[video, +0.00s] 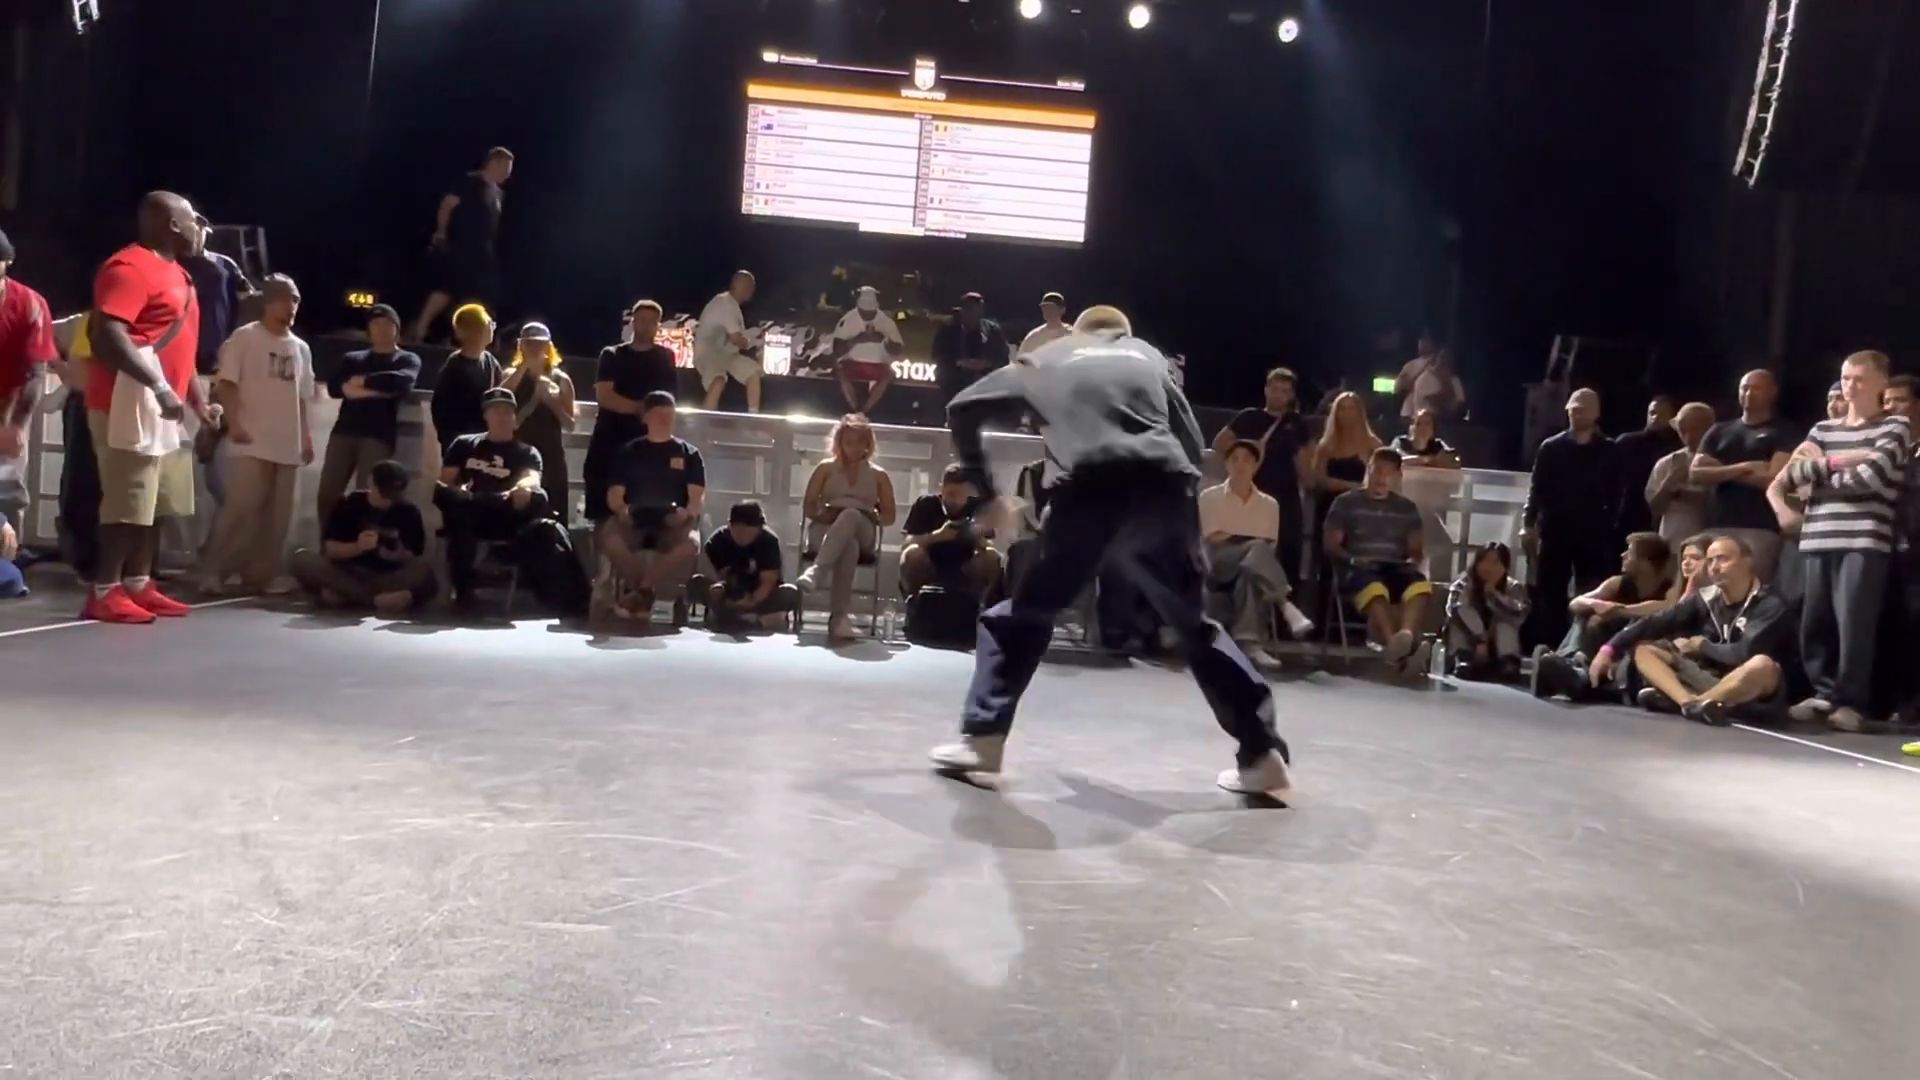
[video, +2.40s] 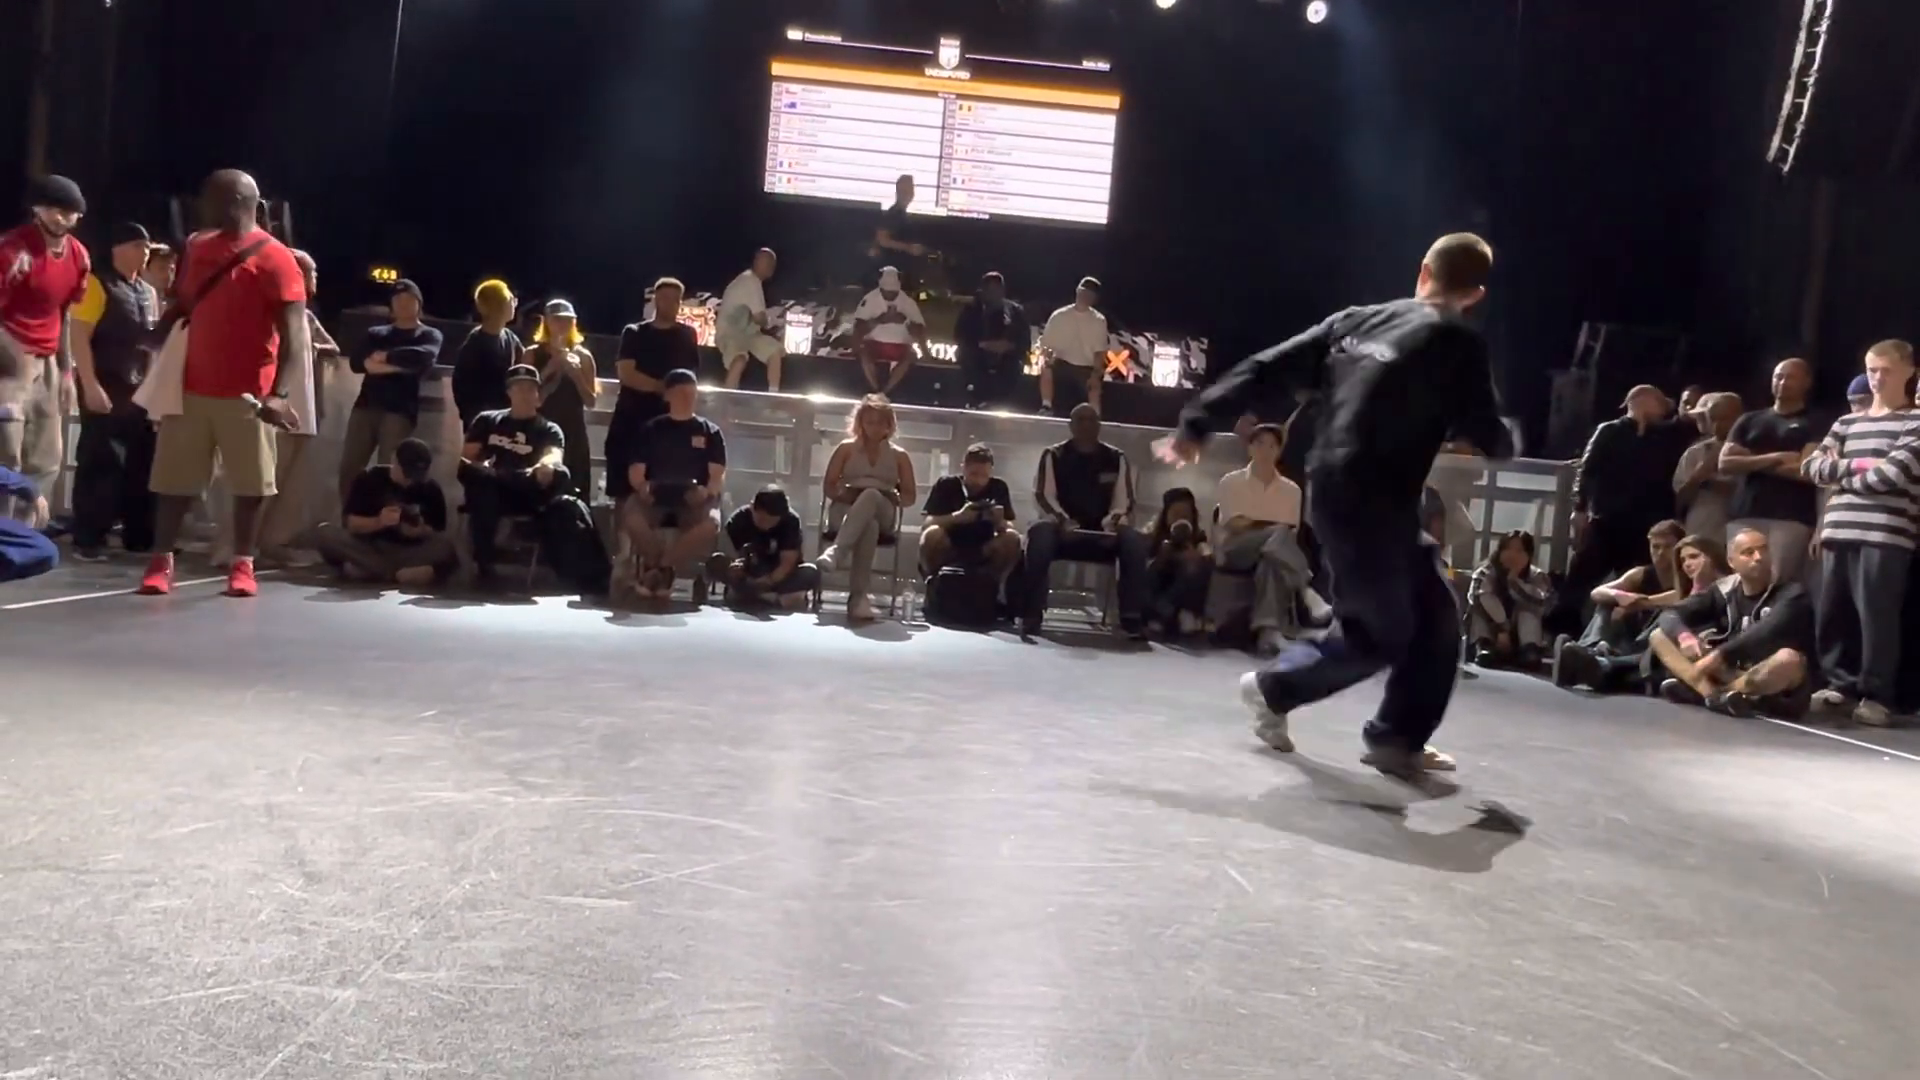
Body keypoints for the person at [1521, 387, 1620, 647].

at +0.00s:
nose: (1575, 414)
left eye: (1582, 410)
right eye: (1572, 409)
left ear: (1595, 414)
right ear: (1566, 411)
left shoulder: (1610, 451)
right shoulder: (1550, 448)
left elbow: (1617, 494)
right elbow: (1536, 489)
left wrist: (1611, 526)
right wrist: (1529, 525)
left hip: (1594, 533)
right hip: (1556, 532)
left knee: (1593, 599)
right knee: (1550, 597)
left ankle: (1590, 656)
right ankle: (1548, 652)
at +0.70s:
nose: (1614, 410)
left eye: (1621, 406)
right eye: (1611, 405)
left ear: (1634, 410)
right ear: (1604, 407)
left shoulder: (1645, 449)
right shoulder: (1585, 442)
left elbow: (1648, 494)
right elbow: (1567, 483)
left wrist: (1640, 529)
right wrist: (1553, 518)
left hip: (1621, 531)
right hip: (1582, 528)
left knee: (1618, 595)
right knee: (1558, 586)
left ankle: (1615, 651)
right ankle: (1553, 642)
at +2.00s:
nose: (1658, 409)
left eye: (1658, 403)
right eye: (1653, 402)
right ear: (1637, 402)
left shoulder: (1663, 437)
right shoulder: (1604, 434)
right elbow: (1583, 473)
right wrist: (1578, 511)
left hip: (1648, 520)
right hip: (1608, 520)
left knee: (1643, 581)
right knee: (1583, 578)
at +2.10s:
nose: (1661, 409)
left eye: (1661, 403)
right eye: (1656, 402)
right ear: (1639, 402)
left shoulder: (1664, 436)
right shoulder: (1606, 433)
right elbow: (1584, 474)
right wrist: (1579, 510)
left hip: (1649, 522)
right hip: (1609, 521)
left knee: (1645, 584)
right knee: (1583, 578)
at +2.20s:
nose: (1663, 408)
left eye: (1663, 403)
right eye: (1658, 401)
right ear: (1640, 402)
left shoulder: (1666, 436)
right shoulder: (1607, 433)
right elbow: (1585, 474)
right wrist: (1580, 511)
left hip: (1650, 523)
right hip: (1609, 521)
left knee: (1643, 583)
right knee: (1586, 576)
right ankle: (1565, 628)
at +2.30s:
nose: (1664, 407)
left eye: (1663, 402)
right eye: (1659, 400)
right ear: (1640, 403)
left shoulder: (1667, 437)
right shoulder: (1607, 433)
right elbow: (1584, 472)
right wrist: (1579, 510)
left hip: (1649, 523)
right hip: (1608, 521)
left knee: (1642, 583)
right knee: (1583, 578)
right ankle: (1564, 630)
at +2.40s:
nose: (1665, 405)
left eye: (1663, 401)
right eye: (1658, 399)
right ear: (1640, 403)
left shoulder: (1665, 436)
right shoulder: (1609, 431)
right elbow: (1586, 470)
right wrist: (1580, 507)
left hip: (1647, 521)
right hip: (1606, 520)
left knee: (1639, 582)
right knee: (1582, 577)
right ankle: (1563, 629)